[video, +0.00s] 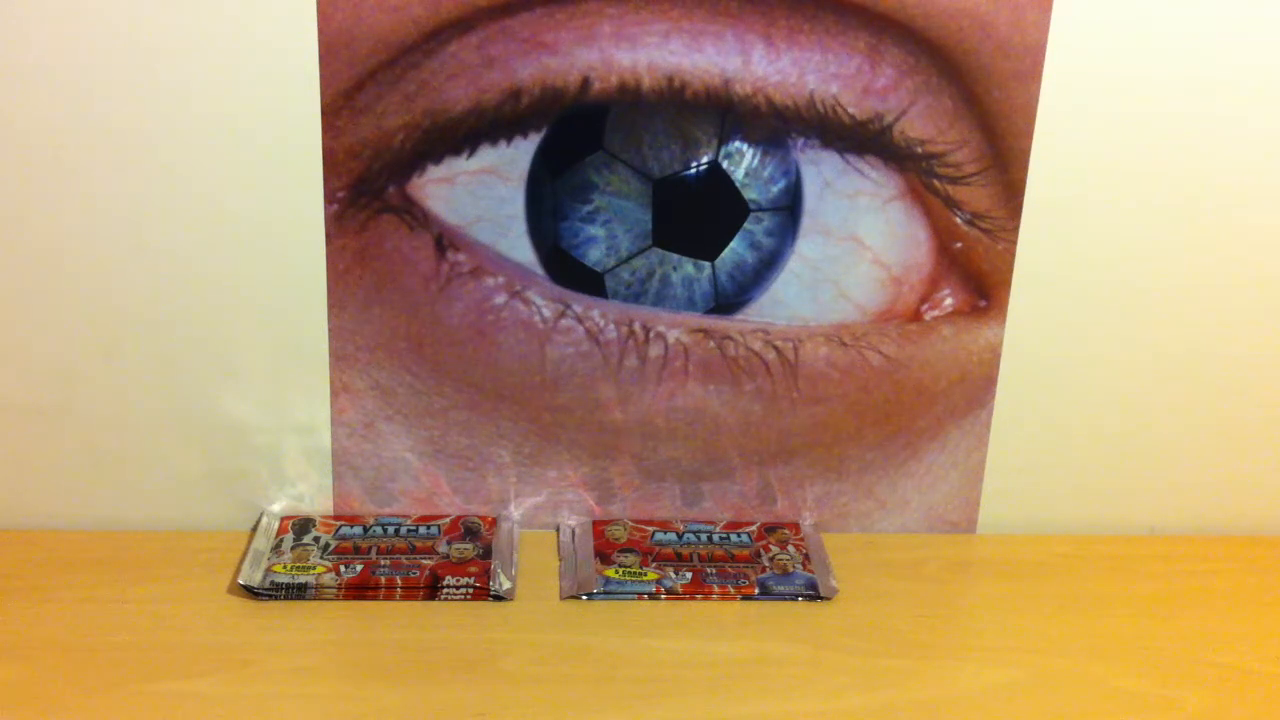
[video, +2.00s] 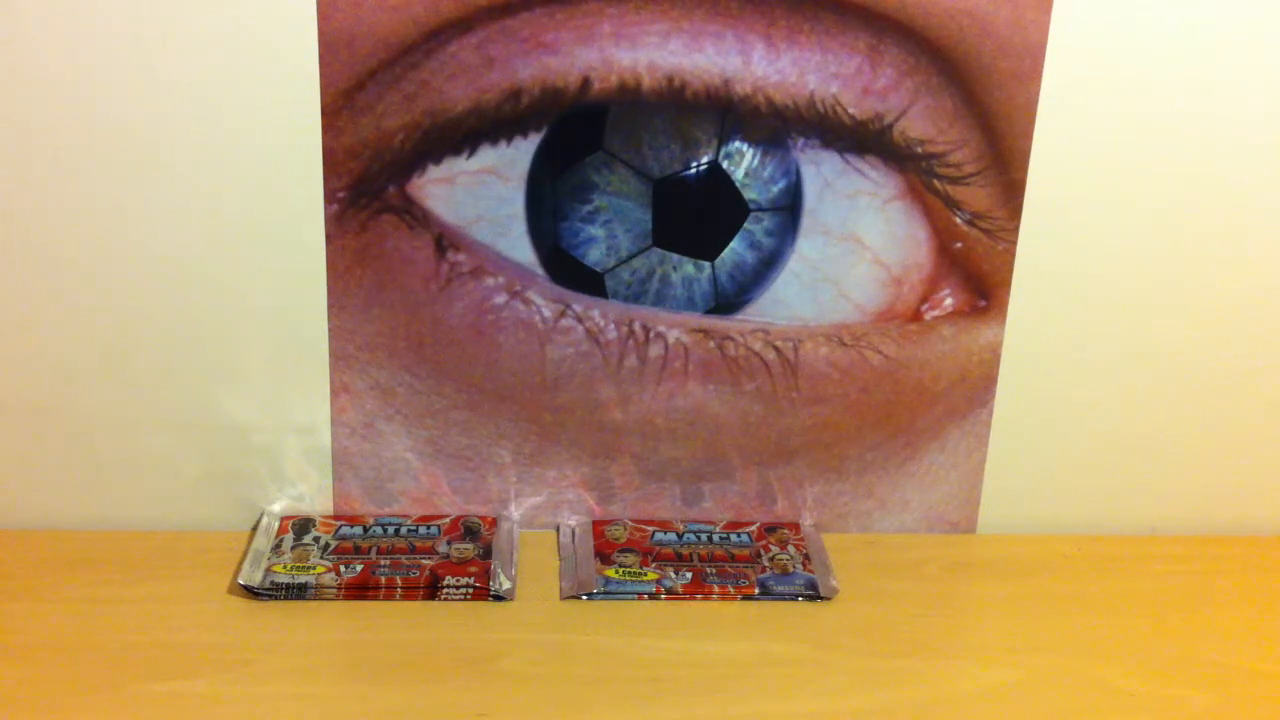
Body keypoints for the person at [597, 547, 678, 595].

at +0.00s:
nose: (621, 560)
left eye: (626, 557)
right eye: (619, 557)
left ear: (638, 558)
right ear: (616, 558)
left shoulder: (651, 573)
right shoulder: (610, 571)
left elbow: (675, 590)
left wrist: (668, 575)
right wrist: (597, 573)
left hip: (641, 606)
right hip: (612, 606)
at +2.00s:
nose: (621, 560)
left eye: (626, 557)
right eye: (619, 557)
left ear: (638, 558)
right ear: (615, 558)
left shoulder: (651, 573)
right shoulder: (609, 571)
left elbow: (673, 589)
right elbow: (596, 589)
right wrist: (596, 574)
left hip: (640, 606)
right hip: (612, 605)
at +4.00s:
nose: (621, 560)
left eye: (625, 557)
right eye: (619, 557)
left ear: (638, 558)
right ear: (616, 559)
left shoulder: (651, 573)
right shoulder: (610, 572)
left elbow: (667, 584)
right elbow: (597, 587)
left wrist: (673, 588)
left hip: (642, 606)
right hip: (613, 605)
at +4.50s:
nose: (621, 560)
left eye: (626, 557)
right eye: (619, 557)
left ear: (638, 558)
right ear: (616, 558)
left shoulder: (651, 573)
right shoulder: (609, 572)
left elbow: (669, 586)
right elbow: (597, 587)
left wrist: (675, 589)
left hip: (642, 606)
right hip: (613, 606)